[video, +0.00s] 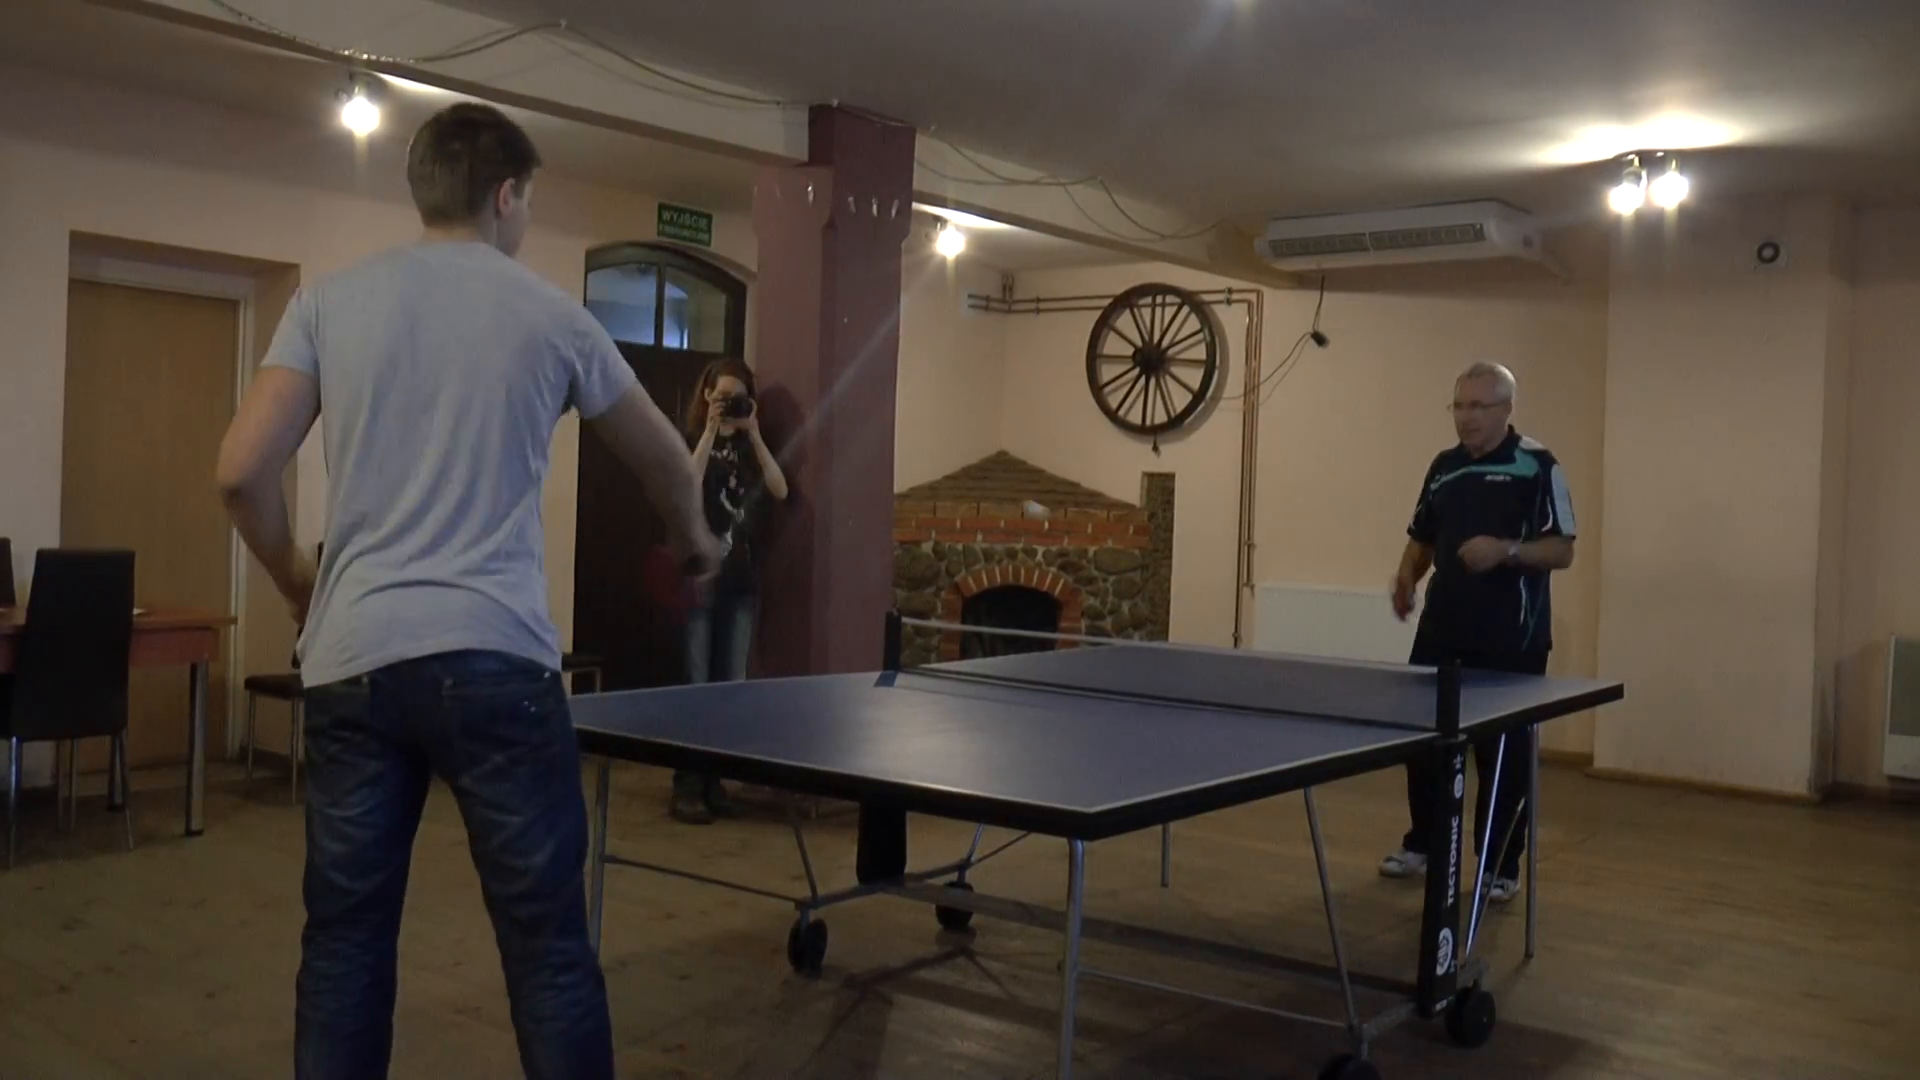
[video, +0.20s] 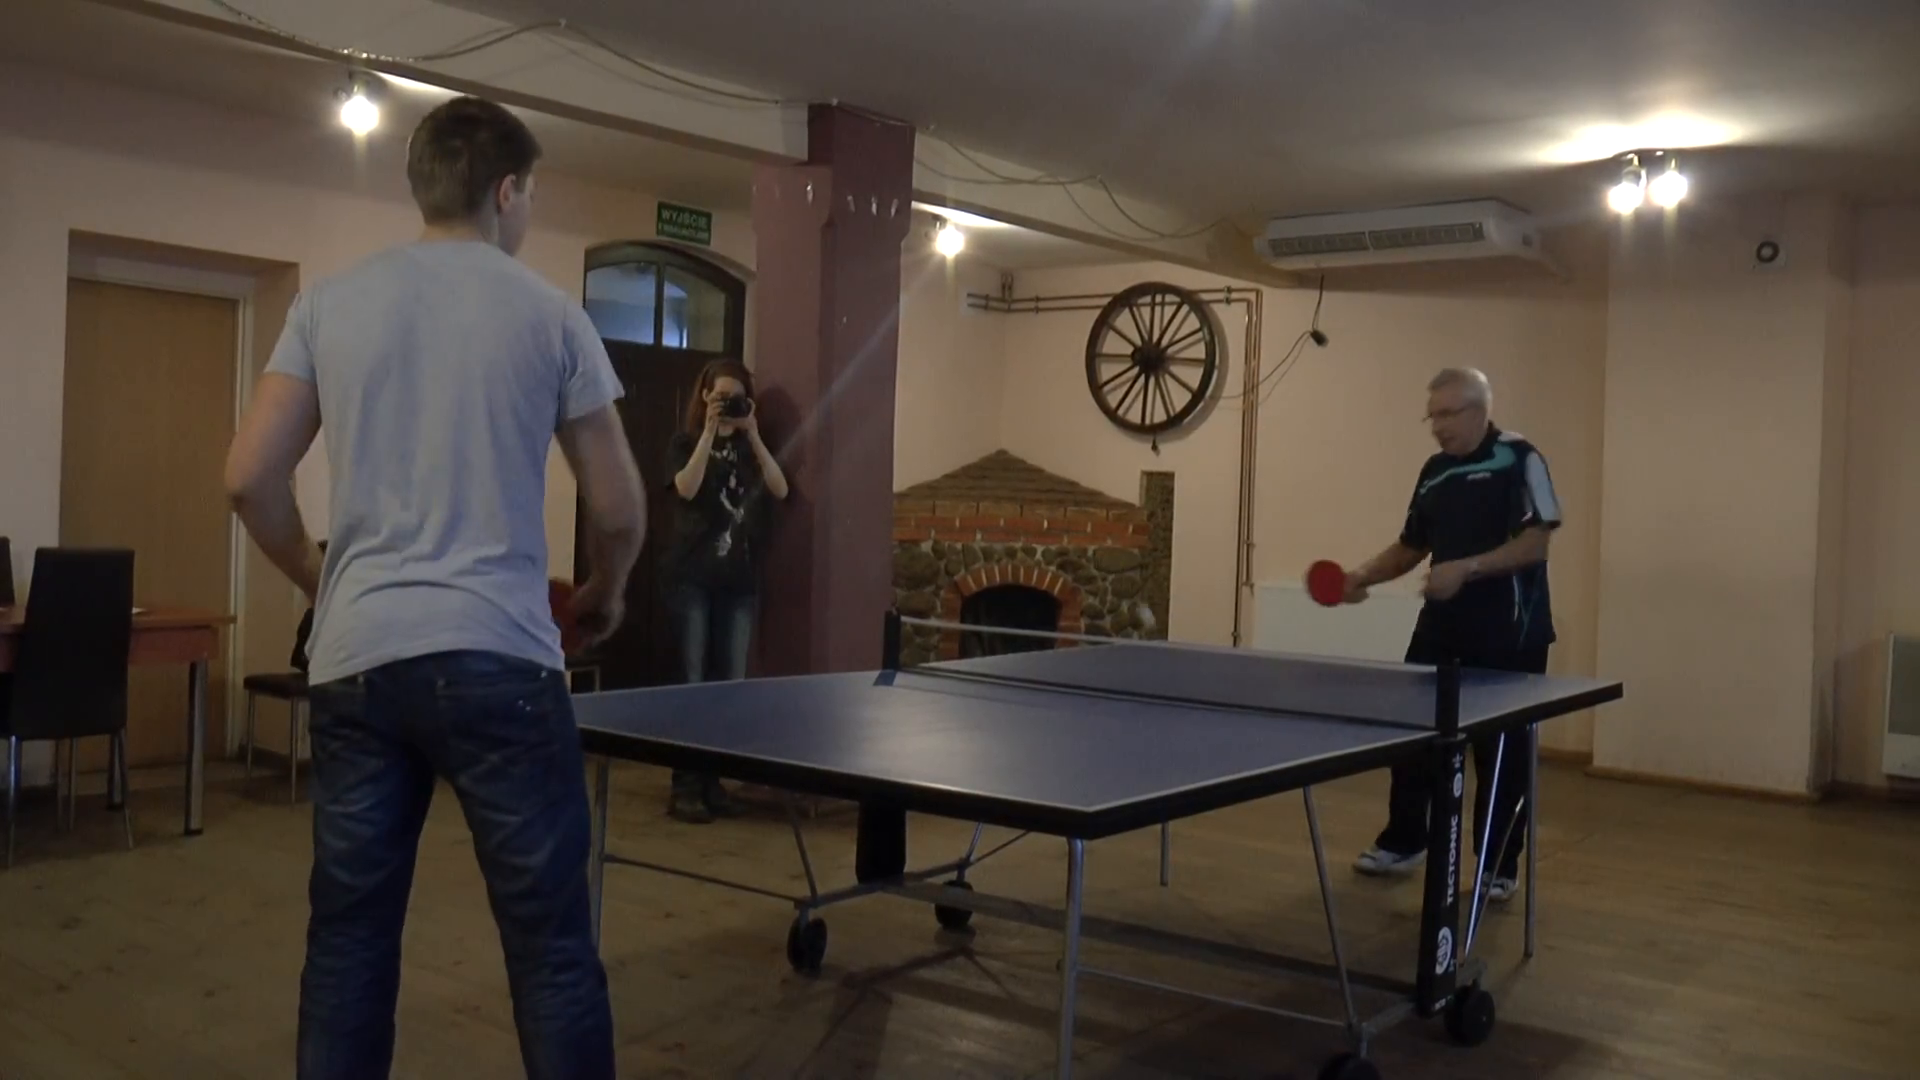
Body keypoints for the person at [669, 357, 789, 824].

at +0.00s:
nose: (728, 408)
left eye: (737, 401)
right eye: (721, 400)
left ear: (749, 405)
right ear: (705, 399)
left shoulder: (753, 449)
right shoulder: (693, 445)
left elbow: (780, 490)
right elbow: (687, 487)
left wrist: (754, 434)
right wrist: (709, 433)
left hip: (741, 576)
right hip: (698, 574)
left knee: (733, 684)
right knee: (696, 681)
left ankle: (717, 782)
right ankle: (687, 784)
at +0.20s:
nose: (727, 407)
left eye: (736, 401)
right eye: (720, 399)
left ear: (747, 405)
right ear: (703, 398)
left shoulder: (753, 449)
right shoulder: (686, 444)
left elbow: (780, 490)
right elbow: (686, 489)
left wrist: (752, 436)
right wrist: (708, 433)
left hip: (739, 576)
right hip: (691, 576)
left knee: (731, 684)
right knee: (692, 681)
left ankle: (715, 782)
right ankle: (685, 786)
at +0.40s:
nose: (726, 406)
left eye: (735, 399)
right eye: (719, 398)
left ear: (746, 403)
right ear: (703, 397)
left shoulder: (753, 447)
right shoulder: (685, 442)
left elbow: (779, 489)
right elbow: (685, 487)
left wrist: (751, 434)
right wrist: (708, 432)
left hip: (738, 573)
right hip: (691, 573)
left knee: (731, 679)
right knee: (691, 677)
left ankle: (714, 781)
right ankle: (685, 784)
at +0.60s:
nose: (727, 404)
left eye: (735, 398)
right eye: (720, 396)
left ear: (746, 402)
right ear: (703, 395)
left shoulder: (751, 444)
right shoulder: (684, 440)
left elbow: (778, 488)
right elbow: (684, 486)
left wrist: (750, 433)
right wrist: (707, 431)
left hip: (736, 572)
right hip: (689, 571)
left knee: (730, 679)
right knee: (689, 678)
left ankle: (714, 779)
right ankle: (684, 783)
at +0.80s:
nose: (726, 403)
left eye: (734, 397)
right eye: (718, 395)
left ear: (745, 401)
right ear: (702, 394)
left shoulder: (750, 444)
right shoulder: (683, 439)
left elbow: (776, 488)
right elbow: (683, 486)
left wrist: (750, 432)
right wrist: (707, 431)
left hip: (737, 573)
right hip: (691, 571)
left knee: (721, 679)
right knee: (688, 677)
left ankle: (712, 778)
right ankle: (683, 782)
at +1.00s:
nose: (724, 403)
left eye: (734, 397)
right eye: (717, 395)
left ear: (744, 401)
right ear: (701, 394)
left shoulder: (750, 443)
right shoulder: (684, 439)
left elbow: (776, 489)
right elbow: (684, 486)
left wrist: (750, 432)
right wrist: (707, 431)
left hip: (738, 573)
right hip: (694, 572)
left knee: (721, 678)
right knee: (689, 676)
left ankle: (712, 779)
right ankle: (683, 782)